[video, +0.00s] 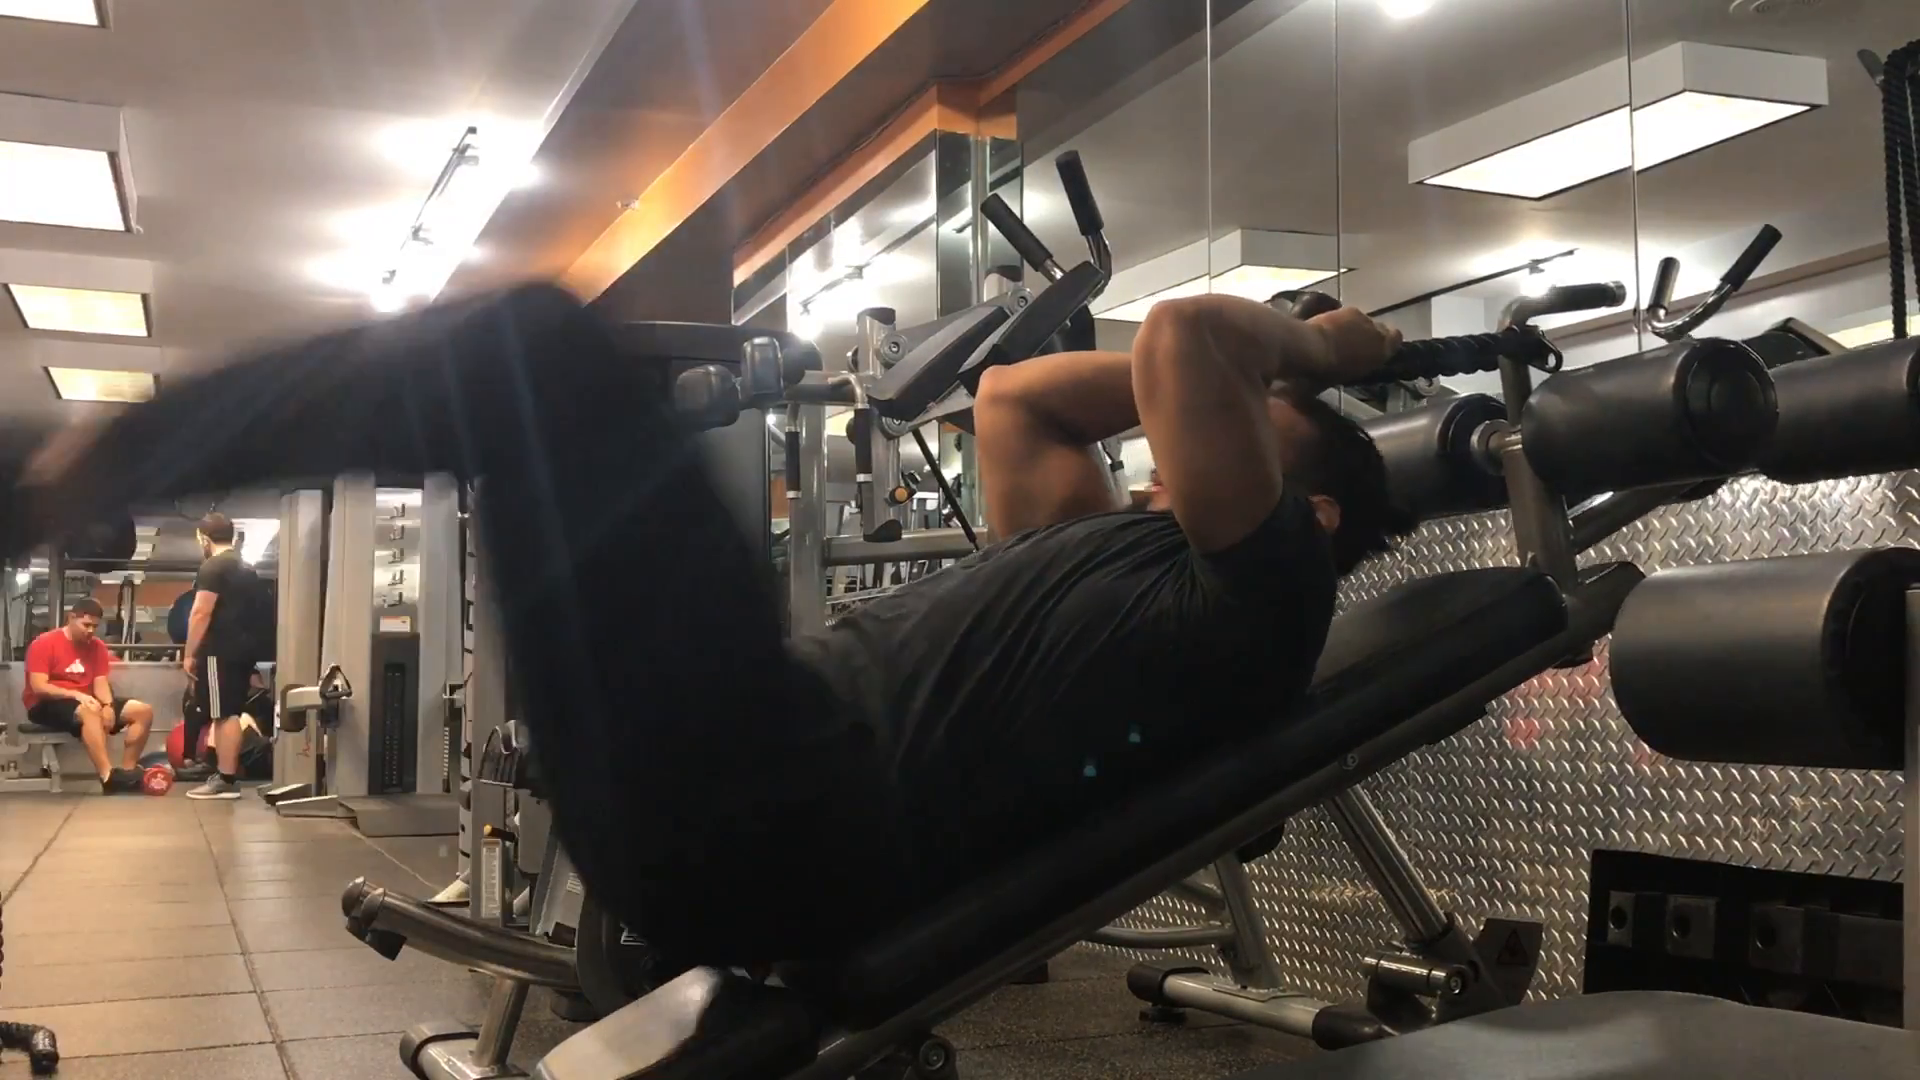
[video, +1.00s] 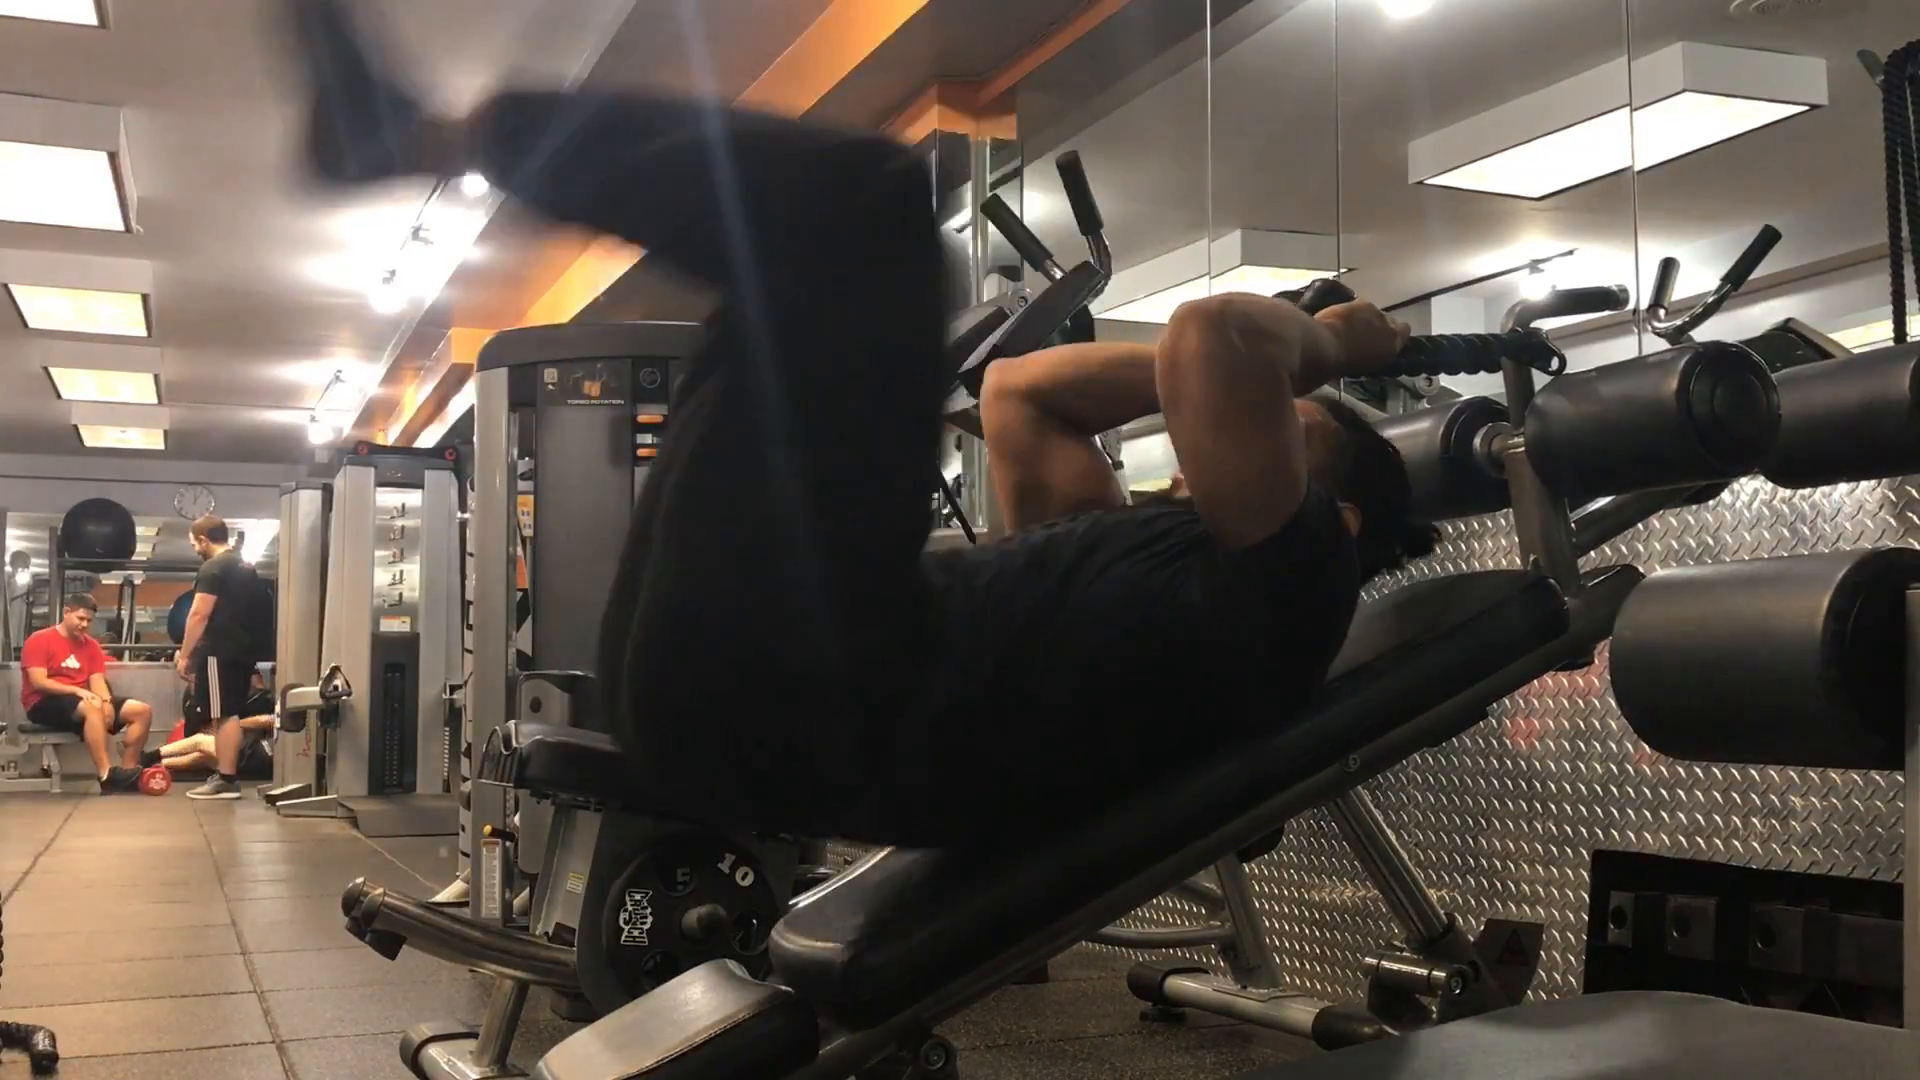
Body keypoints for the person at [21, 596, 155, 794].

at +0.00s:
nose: (90, 631)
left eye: (95, 626)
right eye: (86, 625)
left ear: (98, 625)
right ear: (71, 618)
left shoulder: (97, 647)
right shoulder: (44, 644)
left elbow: (101, 684)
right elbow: (38, 686)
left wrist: (108, 706)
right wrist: (78, 695)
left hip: (85, 702)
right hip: (47, 705)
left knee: (143, 712)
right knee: (90, 714)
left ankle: (129, 773)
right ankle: (108, 777)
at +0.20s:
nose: (89, 630)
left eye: (93, 625)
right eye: (85, 623)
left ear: (97, 624)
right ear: (70, 617)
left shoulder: (96, 646)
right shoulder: (43, 643)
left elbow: (100, 684)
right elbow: (37, 685)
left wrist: (107, 706)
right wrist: (76, 695)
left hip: (84, 702)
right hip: (46, 705)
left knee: (143, 712)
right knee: (89, 711)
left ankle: (128, 773)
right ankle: (106, 776)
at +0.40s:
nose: (90, 629)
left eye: (94, 624)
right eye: (86, 622)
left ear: (98, 623)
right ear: (71, 616)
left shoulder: (97, 646)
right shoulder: (44, 643)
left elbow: (100, 682)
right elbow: (37, 684)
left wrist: (108, 705)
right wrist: (77, 694)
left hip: (83, 702)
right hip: (46, 704)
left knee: (143, 711)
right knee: (92, 712)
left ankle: (129, 773)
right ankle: (107, 777)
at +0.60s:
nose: (90, 629)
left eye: (94, 624)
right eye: (86, 623)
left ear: (98, 623)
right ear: (71, 616)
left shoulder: (97, 646)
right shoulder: (44, 643)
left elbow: (100, 682)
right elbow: (40, 684)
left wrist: (107, 706)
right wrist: (79, 693)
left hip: (83, 702)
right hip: (46, 704)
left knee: (143, 711)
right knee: (93, 712)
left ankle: (129, 773)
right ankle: (108, 777)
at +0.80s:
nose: (89, 628)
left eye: (93, 623)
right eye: (85, 621)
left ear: (97, 623)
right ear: (70, 616)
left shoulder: (95, 646)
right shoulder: (43, 642)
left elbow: (100, 682)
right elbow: (39, 683)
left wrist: (108, 705)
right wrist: (80, 693)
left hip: (82, 702)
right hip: (46, 704)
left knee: (143, 711)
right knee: (94, 712)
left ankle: (129, 772)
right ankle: (108, 777)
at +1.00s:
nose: (84, 625)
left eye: (88, 620)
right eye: (80, 618)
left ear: (92, 621)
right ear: (66, 613)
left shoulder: (91, 645)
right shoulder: (39, 640)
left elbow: (97, 680)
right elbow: (38, 682)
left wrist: (106, 702)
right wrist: (78, 691)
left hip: (80, 701)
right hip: (44, 702)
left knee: (142, 711)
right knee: (93, 709)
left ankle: (129, 774)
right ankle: (106, 776)